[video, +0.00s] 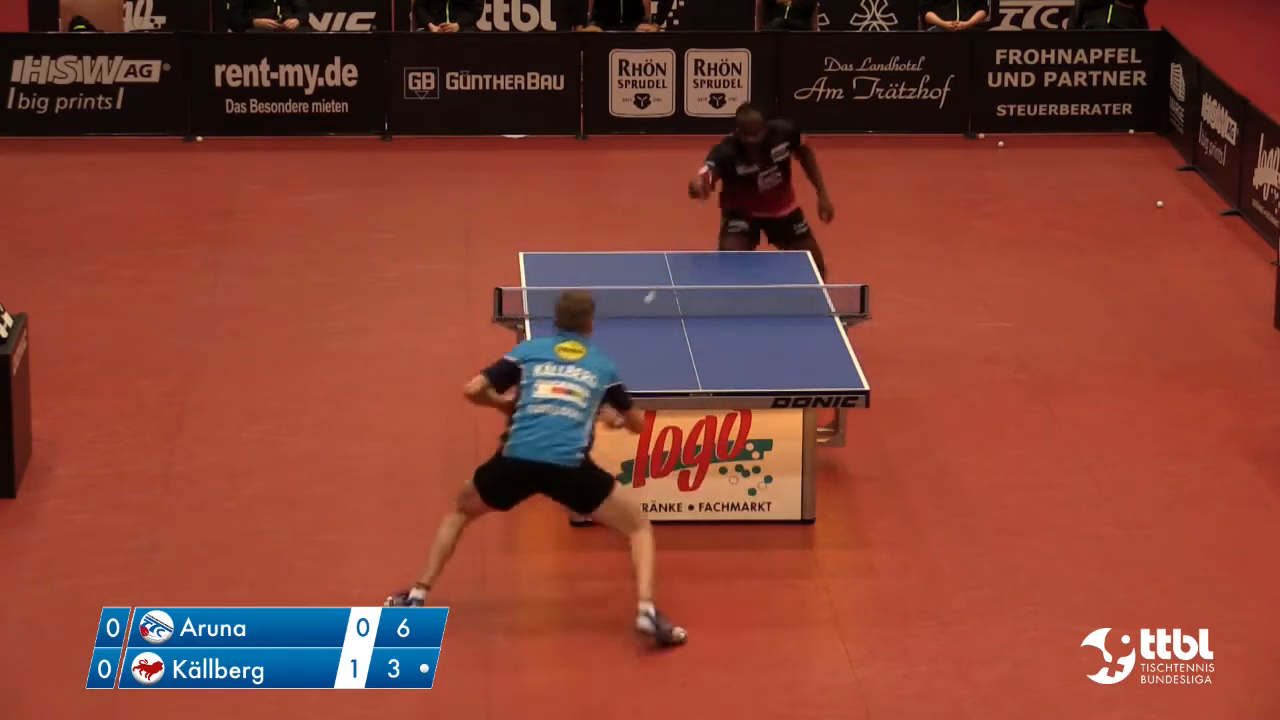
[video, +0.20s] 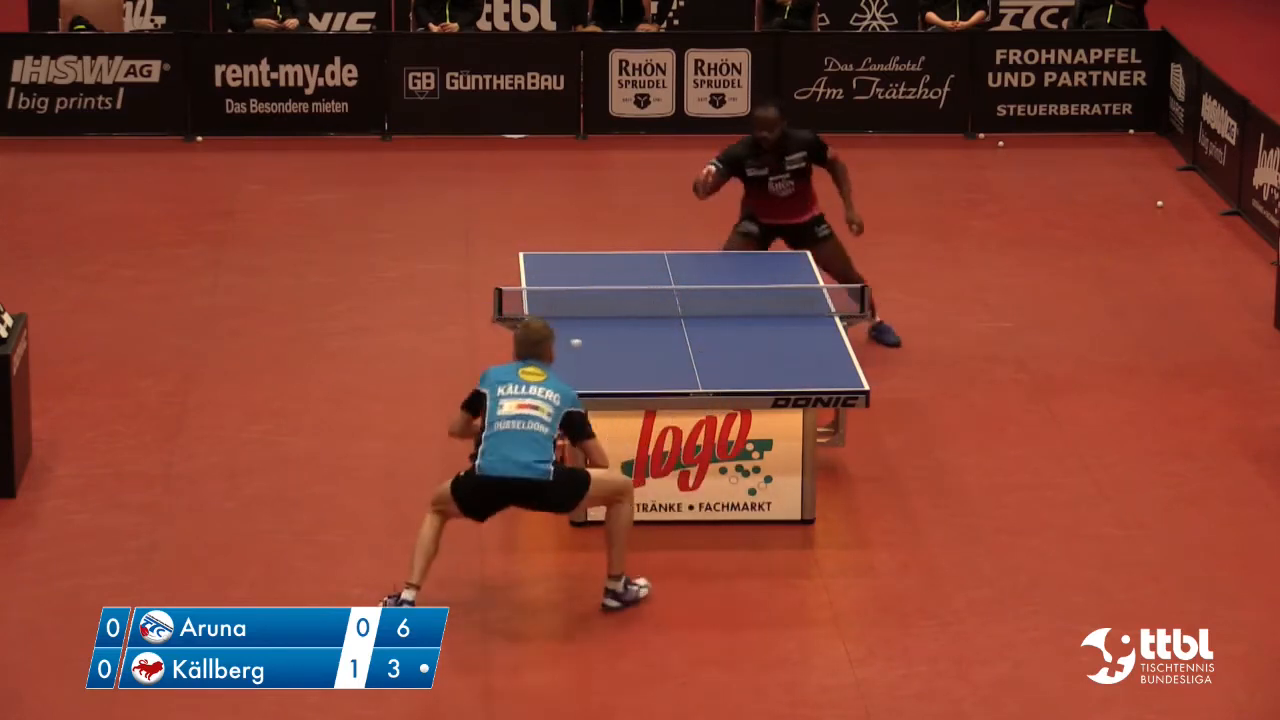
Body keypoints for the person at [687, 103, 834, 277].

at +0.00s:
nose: (750, 138)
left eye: (756, 133)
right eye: (745, 133)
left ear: (765, 128)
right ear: (737, 130)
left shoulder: (783, 134)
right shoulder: (727, 149)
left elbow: (804, 154)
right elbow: (707, 173)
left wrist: (822, 196)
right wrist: (699, 186)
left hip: (784, 215)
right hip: (741, 217)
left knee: (816, 272)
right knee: (728, 269)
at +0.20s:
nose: (764, 135)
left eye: (770, 129)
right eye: (759, 129)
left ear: (782, 125)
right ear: (752, 127)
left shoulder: (804, 143)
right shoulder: (742, 151)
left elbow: (836, 165)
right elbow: (708, 187)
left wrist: (850, 210)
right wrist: (703, 184)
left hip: (805, 222)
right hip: (756, 223)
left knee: (847, 275)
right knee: (724, 270)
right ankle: (714, 332)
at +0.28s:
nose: (772, 132)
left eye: (777, 125)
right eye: (767, 126)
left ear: (789, 124)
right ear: (759, 125)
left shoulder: (815, 142)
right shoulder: (751, 152)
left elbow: (852, 167)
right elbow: (730, 181)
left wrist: (851, 215)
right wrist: (716, 193)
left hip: (818, 216)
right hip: (772, 217)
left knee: (855, 275)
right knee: (735, 262)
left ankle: (877, 324)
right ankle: (730, 326)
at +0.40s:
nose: (778, 120)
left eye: (784, 114)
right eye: (774, 114)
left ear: (796, 111)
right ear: (768, 113)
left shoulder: (821, 131)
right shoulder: (763, 141)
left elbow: (860, 160)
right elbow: (751, 179)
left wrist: (845, 203)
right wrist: (737, 191)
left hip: (832, 205)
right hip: (788, 204)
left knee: (866, 272)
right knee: (748, 252)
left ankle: (894, 313)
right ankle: (747, 319)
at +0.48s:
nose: (782, 125)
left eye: (788, 118)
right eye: (777, 119)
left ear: (799, 116)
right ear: (771, 120)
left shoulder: (826, 137)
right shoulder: (770, 148)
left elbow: (860, 175)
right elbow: (767, 184)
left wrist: (836, 213)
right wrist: (754, 197)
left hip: (842, 212)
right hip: (796, 211)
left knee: (874, 276)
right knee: (749, 259)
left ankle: (919, 326)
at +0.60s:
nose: (770, 142)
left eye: (775, 136)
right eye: (767, 136)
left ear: (790, 133)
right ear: (763, 136)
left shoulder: (812, 154)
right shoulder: (776, 156)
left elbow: (835, 202)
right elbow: (790, 195)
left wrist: (795, 234)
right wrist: (757, 211)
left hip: (844, 222)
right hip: (807, 220)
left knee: (877, 289)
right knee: (753, 255)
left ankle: (928, 329)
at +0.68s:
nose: (745, 144)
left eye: (750, 137)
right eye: (742, 138)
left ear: (766, 134)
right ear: (742, 138)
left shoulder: (785, 156)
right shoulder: (765, 158)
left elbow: (790, 201)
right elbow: (772, 193)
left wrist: (754, 234)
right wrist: (749, 218)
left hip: (834, 226)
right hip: (799, 225)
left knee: (867, 291)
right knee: (743, 247)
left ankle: (926, 328)